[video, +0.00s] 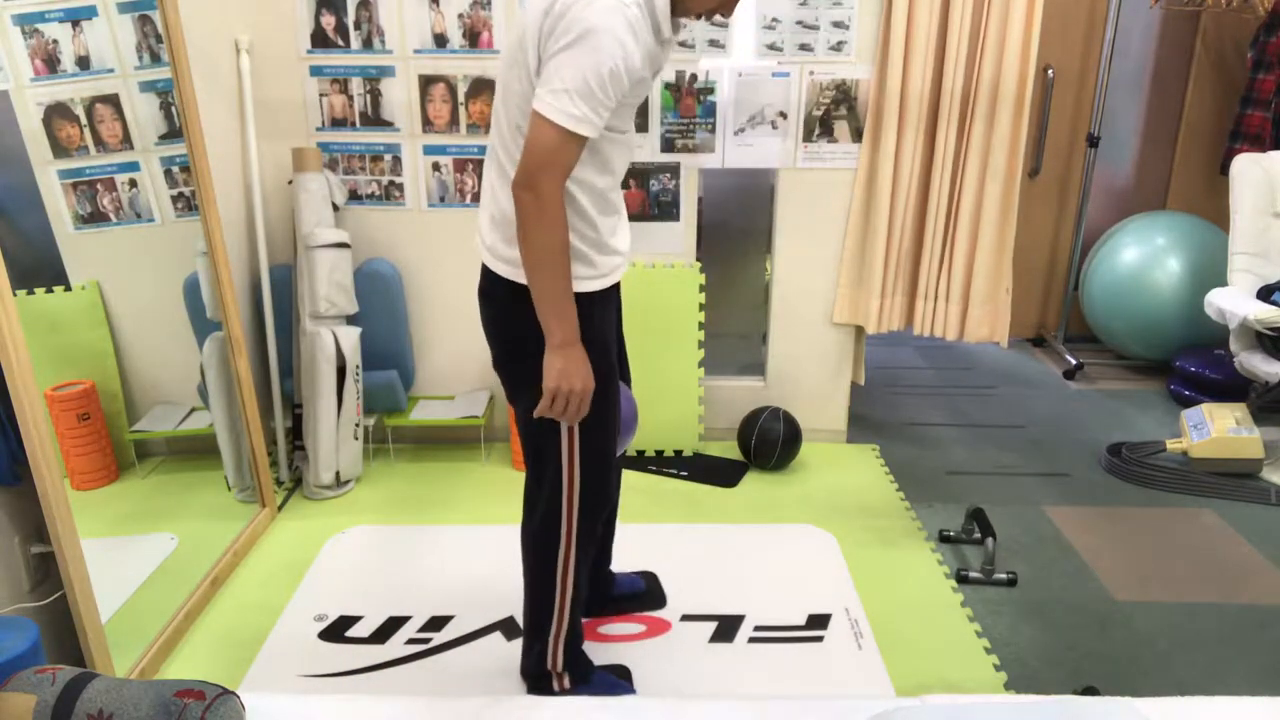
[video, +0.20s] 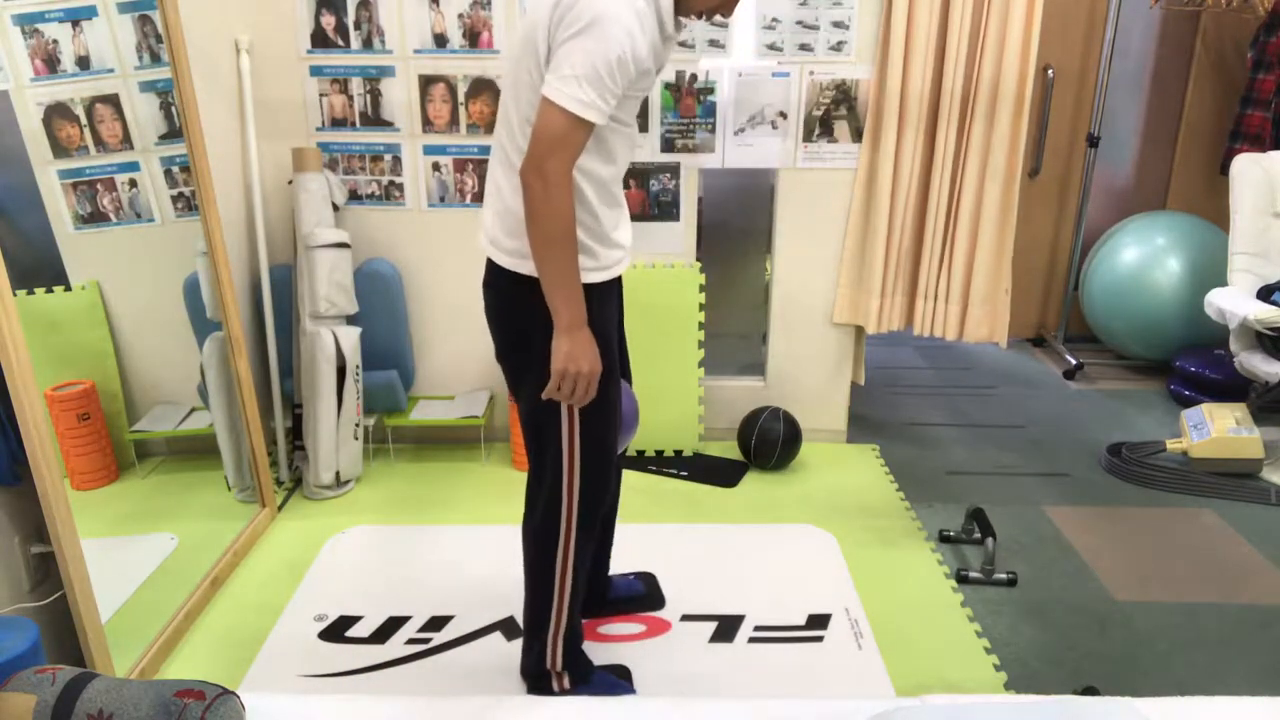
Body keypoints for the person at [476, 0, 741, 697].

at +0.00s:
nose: (728, 7)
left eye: (734, 1)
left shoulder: (640, 19)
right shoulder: (608, 29)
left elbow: (573, 173)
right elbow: (535, 185)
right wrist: (562, 341)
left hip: (587, 276)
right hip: (547, 287)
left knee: (603, 438)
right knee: (566, 473)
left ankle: (589, 583)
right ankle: (553, 666)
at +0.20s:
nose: (728, 7)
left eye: (735, 1)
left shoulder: (641, 17)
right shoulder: (616, 24)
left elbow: (575, 165)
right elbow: (544, 170)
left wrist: (600, 299)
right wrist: (570, 325)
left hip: (588, 271)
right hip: (551, 282)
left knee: (601, 442)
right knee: (568, 476)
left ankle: (585, 586)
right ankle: (554, 668)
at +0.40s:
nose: (724, 8)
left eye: (729, 4)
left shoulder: (643, 17)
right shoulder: (624, 15)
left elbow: (572, 148)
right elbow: (554, 146)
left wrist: (599, 289)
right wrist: (573, 295)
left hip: (586, 264)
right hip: (556, 273)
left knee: (596, 446)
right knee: (571, 470)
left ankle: (585, 587)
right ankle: (555, 668)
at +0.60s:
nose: (735, 16)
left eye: (745, 8)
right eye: (743, 2)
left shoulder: (641, 13)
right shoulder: (642, 10)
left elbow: (571, 125)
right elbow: (570, 125)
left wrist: (588, 263)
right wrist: (584, 272)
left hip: (566, 248)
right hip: (545, 253)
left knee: (593, 422)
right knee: (564, 449)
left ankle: (581, 585)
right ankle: (529, 655)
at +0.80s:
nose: (728, 27)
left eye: (743, 18)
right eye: (743, 11)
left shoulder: (624, 11)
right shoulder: (656, 9)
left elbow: (571, 120)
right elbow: (588, 122)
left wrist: (582, 258)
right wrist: (598, 269)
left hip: (553, 240)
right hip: (544, 244)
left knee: (583, 426)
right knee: (559, 444)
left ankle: (578, 586)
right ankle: (520, 655)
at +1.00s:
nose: (726, 35)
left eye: (740, 27)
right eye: (742, 19)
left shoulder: (621, 13)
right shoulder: (657, 7)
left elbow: (577, 122)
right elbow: (595, 115)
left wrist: (601, 254)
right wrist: (615, 262)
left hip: (559, 239)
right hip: (551, 241)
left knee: (590, 423)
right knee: (566, 442)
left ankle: (580, 586)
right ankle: (523, 653)